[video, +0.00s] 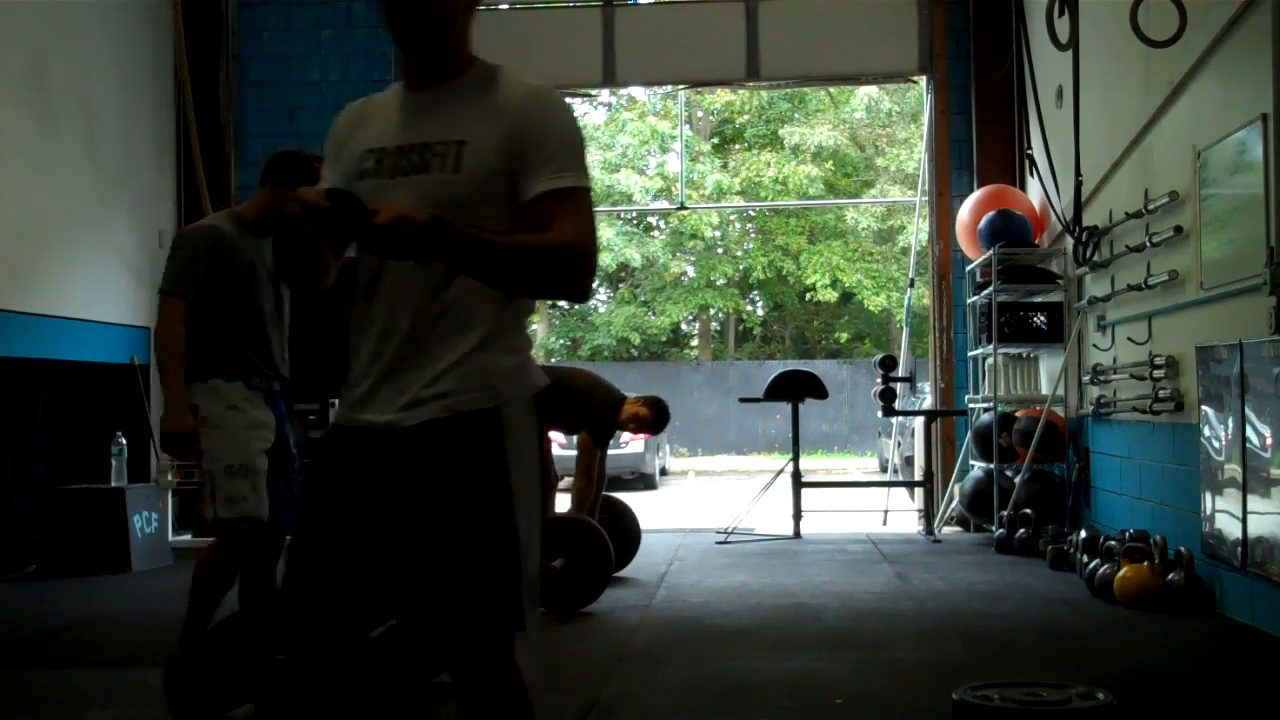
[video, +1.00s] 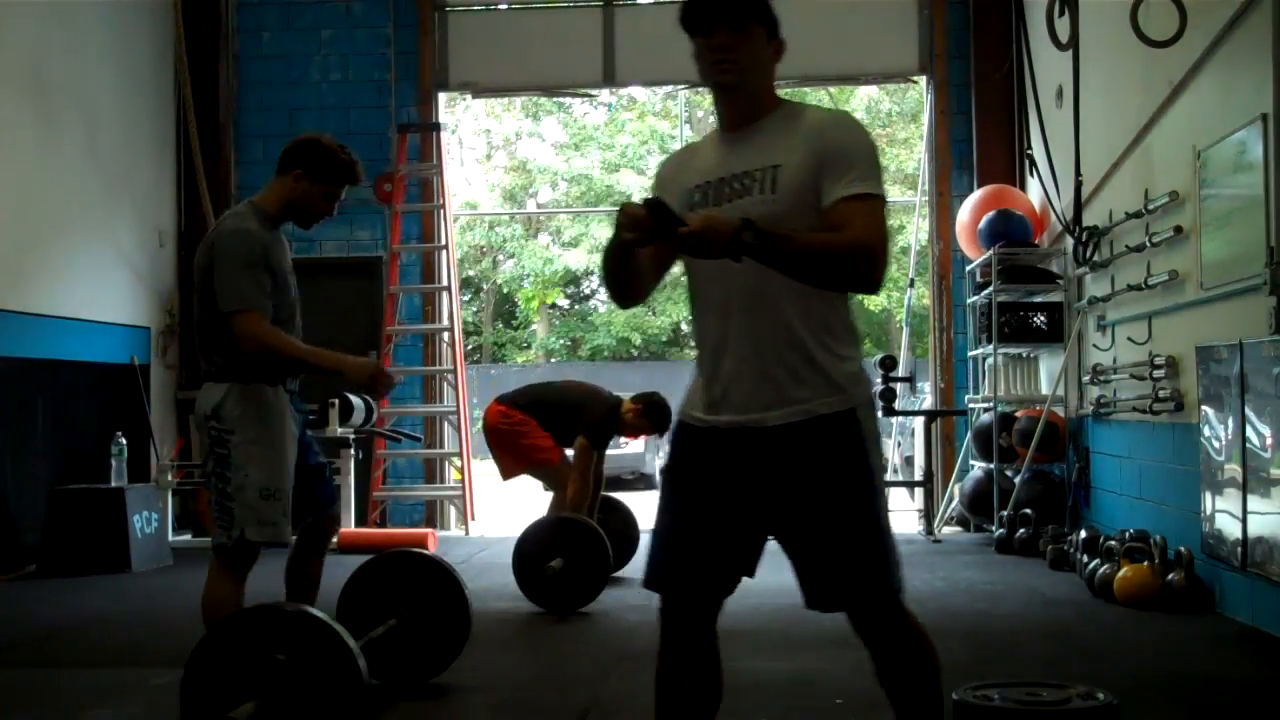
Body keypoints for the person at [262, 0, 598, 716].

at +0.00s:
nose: (413, 13)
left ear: (469, 2)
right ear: (384, 8)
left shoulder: (529, 109)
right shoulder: (355, 123)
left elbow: (574, 269)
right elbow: (316, 274)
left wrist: (434, 239)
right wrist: (303, 229)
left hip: (478, 417)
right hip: (366, 424)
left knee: (479, 652)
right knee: (326, 642)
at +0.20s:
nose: (480, 28)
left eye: (498, 11)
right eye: (468, 13)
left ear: (542, 15)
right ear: (454, 24)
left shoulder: (598, 123)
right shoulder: (429, 147)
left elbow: (639, 269)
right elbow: (376, 278)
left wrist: (509, 224)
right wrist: (387, 222)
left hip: (551, 412)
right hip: (455, 420)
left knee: (535, 644)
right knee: (483, 643)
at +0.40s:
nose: (524, 46)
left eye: (542, 27)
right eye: (512, 33)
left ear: (586, 37)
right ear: (503, 48)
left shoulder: (649, 129)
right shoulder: (503, 174)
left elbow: (687, 258)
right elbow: (454, 297)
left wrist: (555, 226)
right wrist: (439, 239)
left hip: (629, 408)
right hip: (545, 414)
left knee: (598, 620)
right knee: (579, 619)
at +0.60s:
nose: (572, 45)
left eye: (589, 27)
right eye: (559, 34)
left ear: (632, 33)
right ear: (551, 49)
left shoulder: (690, 114)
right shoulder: (554, 171)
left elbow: (740, 237)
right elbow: (510, 290)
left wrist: (609, 214)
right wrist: (496, 232)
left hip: (688, 393)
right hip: (607, 401)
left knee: (649, 607)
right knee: (636, 607)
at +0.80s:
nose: (636, 44)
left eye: (652, 27)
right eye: (625, 33)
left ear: (693, 36)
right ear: (616, 48)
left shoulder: (753, 122)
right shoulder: (613, 170)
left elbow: (793, 249)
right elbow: (568, 290)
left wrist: (665, 225)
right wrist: (554, 242)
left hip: (746, 402)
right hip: (650, 412)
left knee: (762, 608)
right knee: (660, 619)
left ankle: (841, 712)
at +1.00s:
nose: (718, 45)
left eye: (736, 28)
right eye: (704, 33)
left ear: (774, 44)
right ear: (693, 52)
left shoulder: (832, 136)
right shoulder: (680, 171)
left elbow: (866, 263)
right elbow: (628, 291)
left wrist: (744, 238)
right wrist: (626, 243)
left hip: (823, 418)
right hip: (714, 424)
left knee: (877, 613)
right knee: (684, 615)